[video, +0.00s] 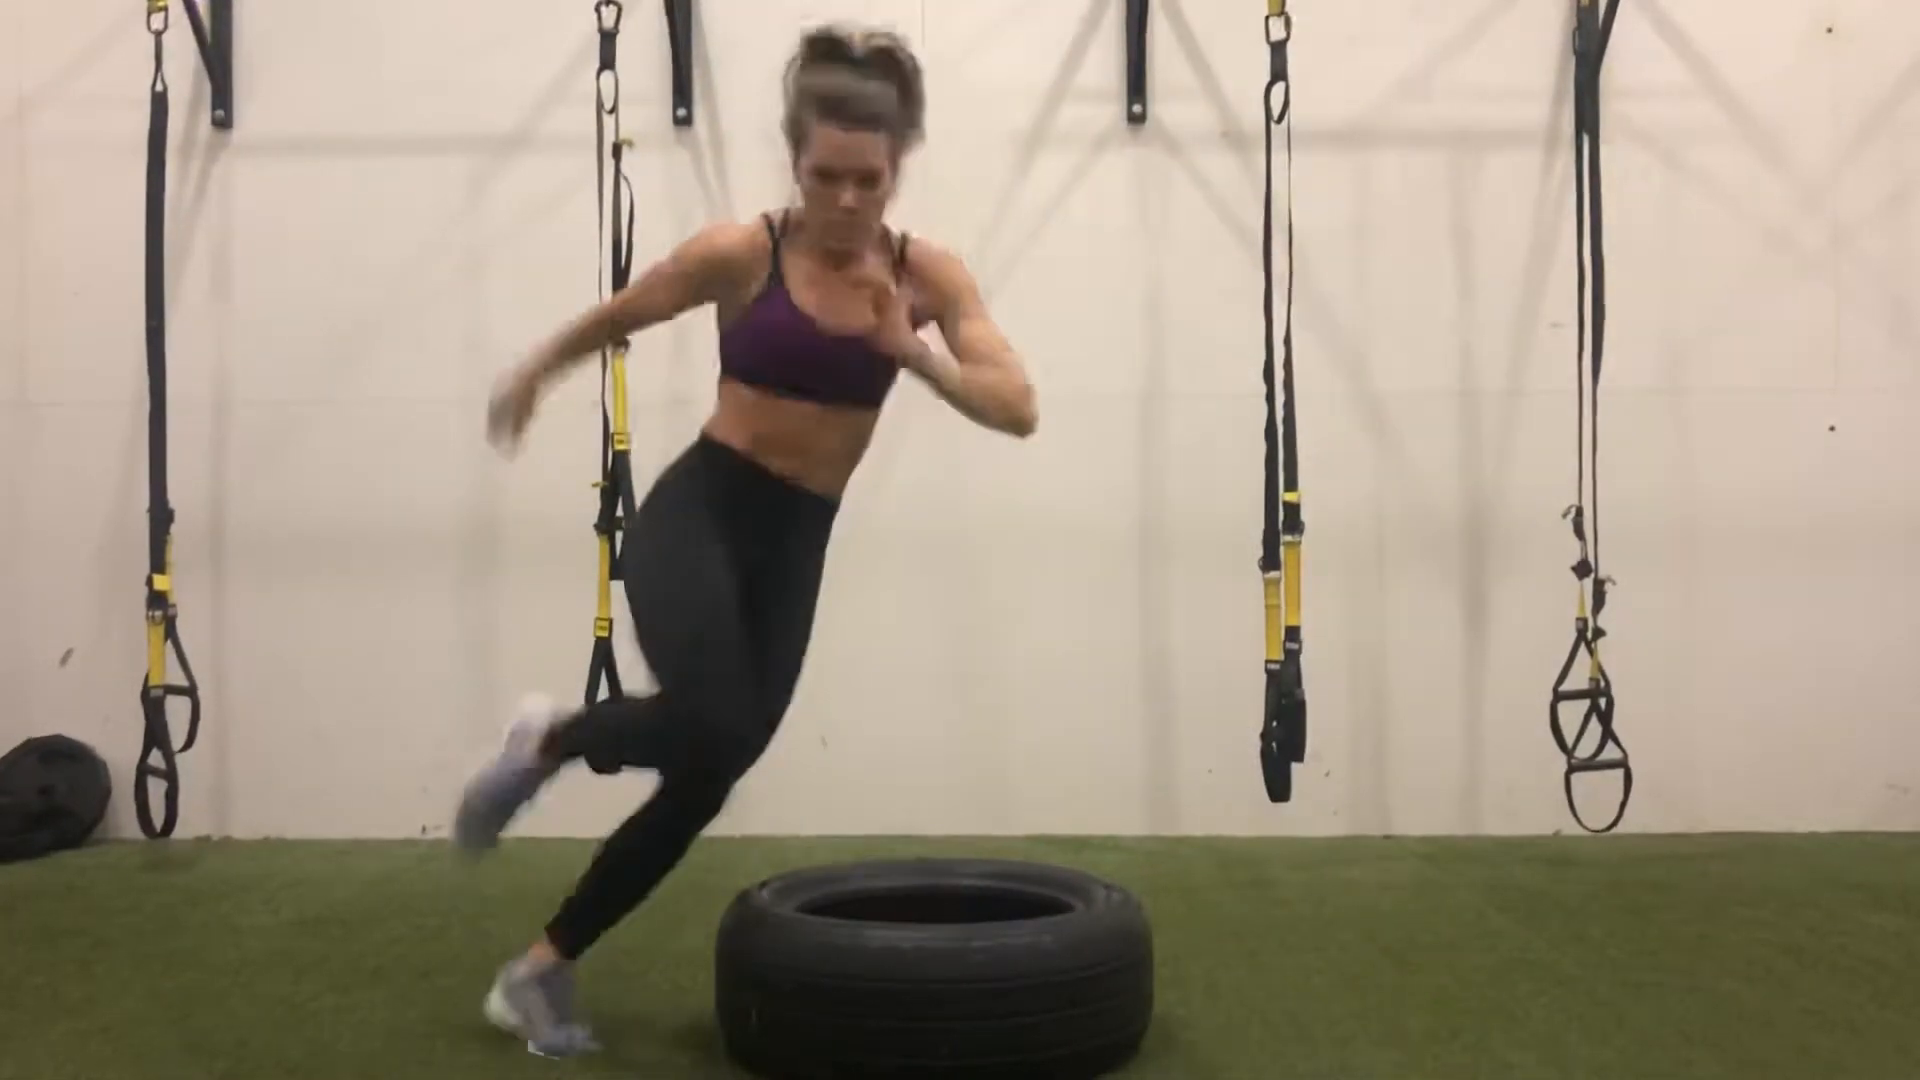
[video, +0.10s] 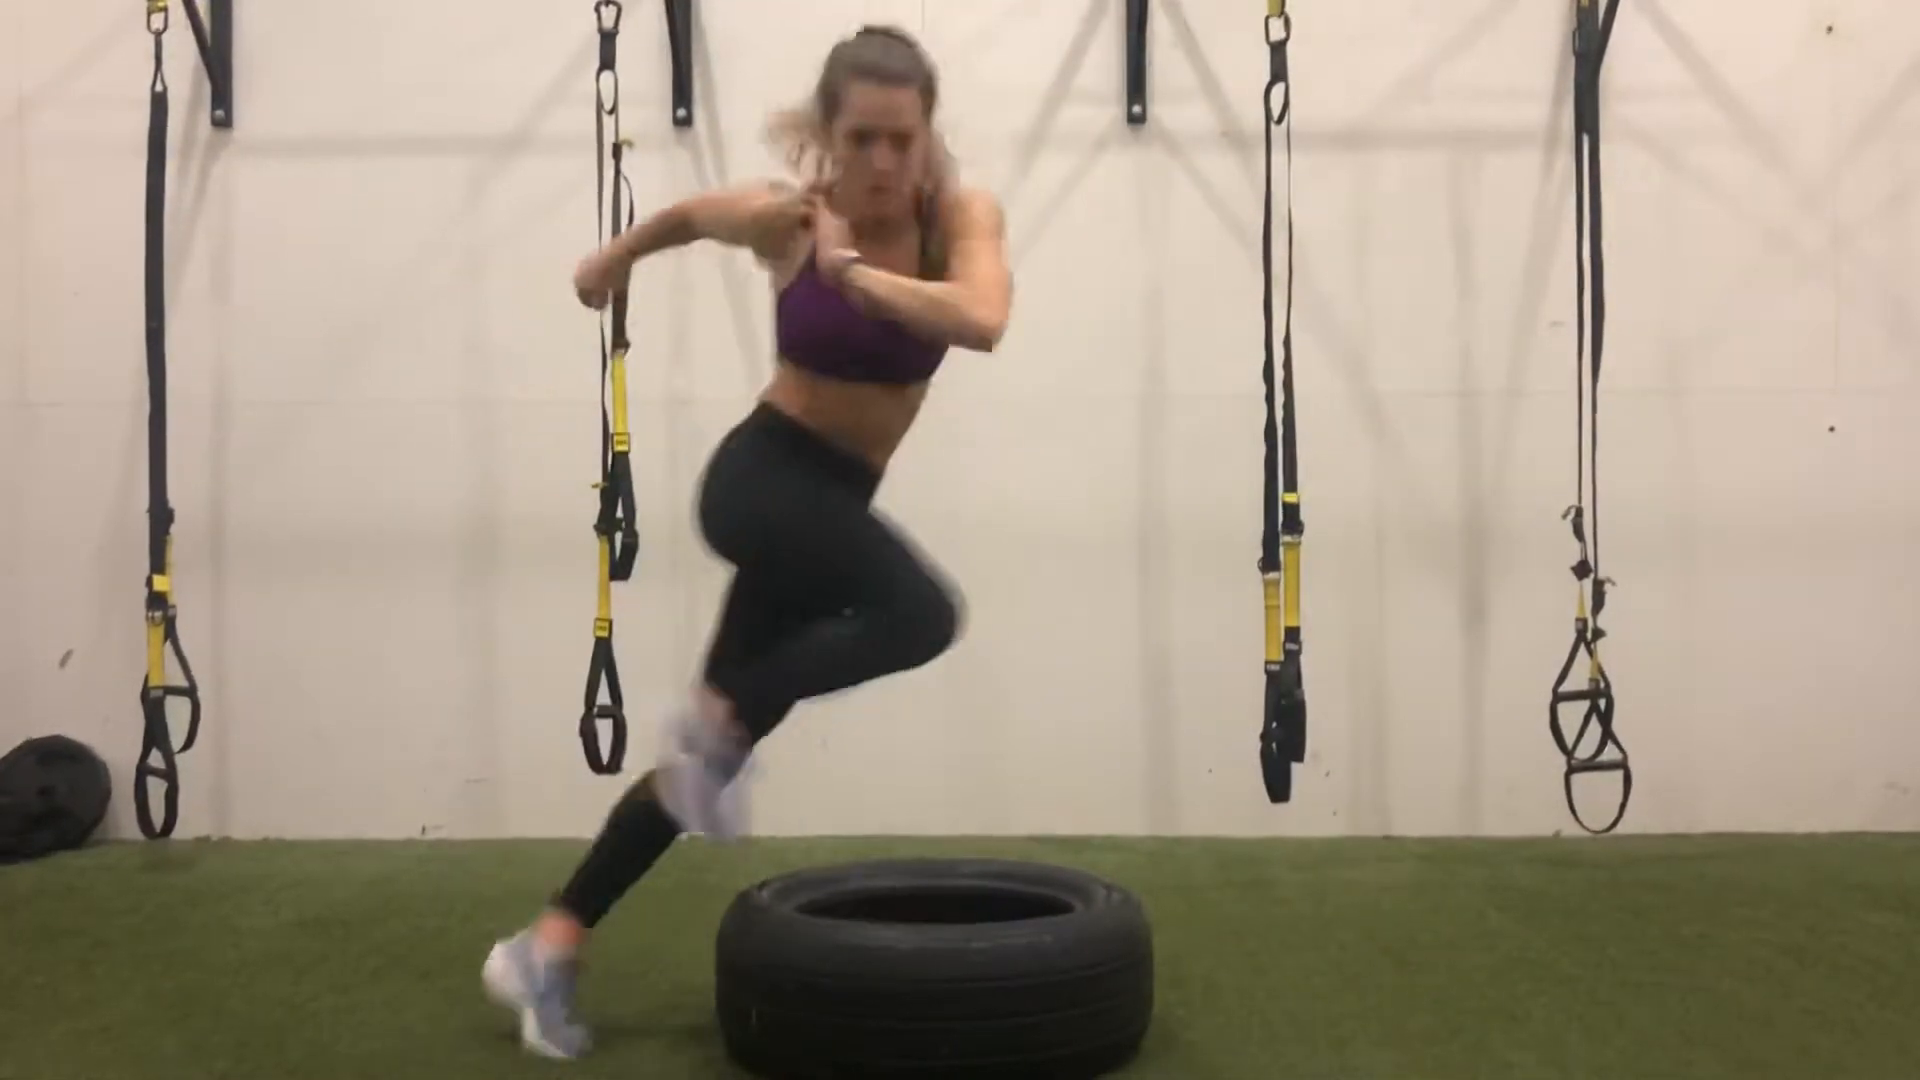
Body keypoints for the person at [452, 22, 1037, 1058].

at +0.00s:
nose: (844, 201)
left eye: (866, 180)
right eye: (826, 177)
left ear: (902, 166)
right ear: (794, 157)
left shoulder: (928, 275)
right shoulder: (738, 255)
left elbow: (1021, 410)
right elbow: (621, 318)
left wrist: (931, 360)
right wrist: (531, 374)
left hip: (793, 550)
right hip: (697, 510)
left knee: (709, 782)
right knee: (709, 724)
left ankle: (538, 969)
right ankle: (546, 743)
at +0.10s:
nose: (885, 162)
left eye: (904, 139)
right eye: (863, 139)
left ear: (932, 136)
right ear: (829, 136)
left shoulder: (962, 210)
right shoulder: (795, 214)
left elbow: (981, 323)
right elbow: (690, 215)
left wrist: (859, 276)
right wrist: (612, 258)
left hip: (834, 500)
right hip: (761, 472)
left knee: (721, 733)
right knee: (921, 614)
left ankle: (550, 943)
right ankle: (720, 719)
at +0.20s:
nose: (933, 124)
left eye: (950, 100)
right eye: (910, 100)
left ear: (976, 96)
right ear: (872, 96)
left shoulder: (1009, 178)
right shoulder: (827, 185)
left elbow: (980, 303)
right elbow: (722, 231)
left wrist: (834, 284)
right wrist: (630, 282)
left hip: (892, 481)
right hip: (825, 467)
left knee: (863, 735)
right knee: (981, 648)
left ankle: (652, 821)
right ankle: (889, 857)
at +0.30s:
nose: (981, 133)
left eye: (999, 110)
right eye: (960, 111)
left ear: (1026, 101)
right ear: (924, 104)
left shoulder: (1057, 176)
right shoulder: (882, 203)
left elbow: (1032, 293)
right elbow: (742, 269)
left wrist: (938, 348)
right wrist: (613, 312)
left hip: (983, 497)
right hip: (898, 497)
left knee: (1077, 714)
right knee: (957, 739)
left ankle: (911, 679)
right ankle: (928, 960)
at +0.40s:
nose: (1018, 98)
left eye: (1036, 76)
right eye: (998, 78)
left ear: (1066, 73)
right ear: (968, 78)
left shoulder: (1111, 149)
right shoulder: (927, 180)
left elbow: (1160, 297)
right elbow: (810, 277)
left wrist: (1190, 455)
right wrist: (737, 361)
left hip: (1075, 450)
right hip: (965, 455)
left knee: (1178, 650)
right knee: (1015, 685)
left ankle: (1212, 817)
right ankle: (959, 904)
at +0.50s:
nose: (1040, 125)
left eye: (1058, 101)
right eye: (1017, 102)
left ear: (1087, 95)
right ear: (984, 102)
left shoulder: (1137, 175)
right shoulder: (947, 213)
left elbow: (1264, 308)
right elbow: (879, 353)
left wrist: (1349, 447)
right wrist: (924, 357)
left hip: (1132, 457)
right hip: (1025, 467)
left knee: (1217, 697)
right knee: (1065, 627)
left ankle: (1358, 928)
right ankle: (1038, 754)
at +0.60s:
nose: (1040, 175)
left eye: (1060, 153)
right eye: (1021, 154)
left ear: (1096, 149)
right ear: (993, 156)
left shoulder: (1168, 230)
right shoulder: (983, 281)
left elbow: (1318, 295)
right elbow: (971, 410)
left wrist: (1417, 394)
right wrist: (982, 426)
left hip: (1204, 514)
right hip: (1097, 535)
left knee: (1297, 762)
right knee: (1086, 687)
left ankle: (1412, 988)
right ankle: (1189, 694)